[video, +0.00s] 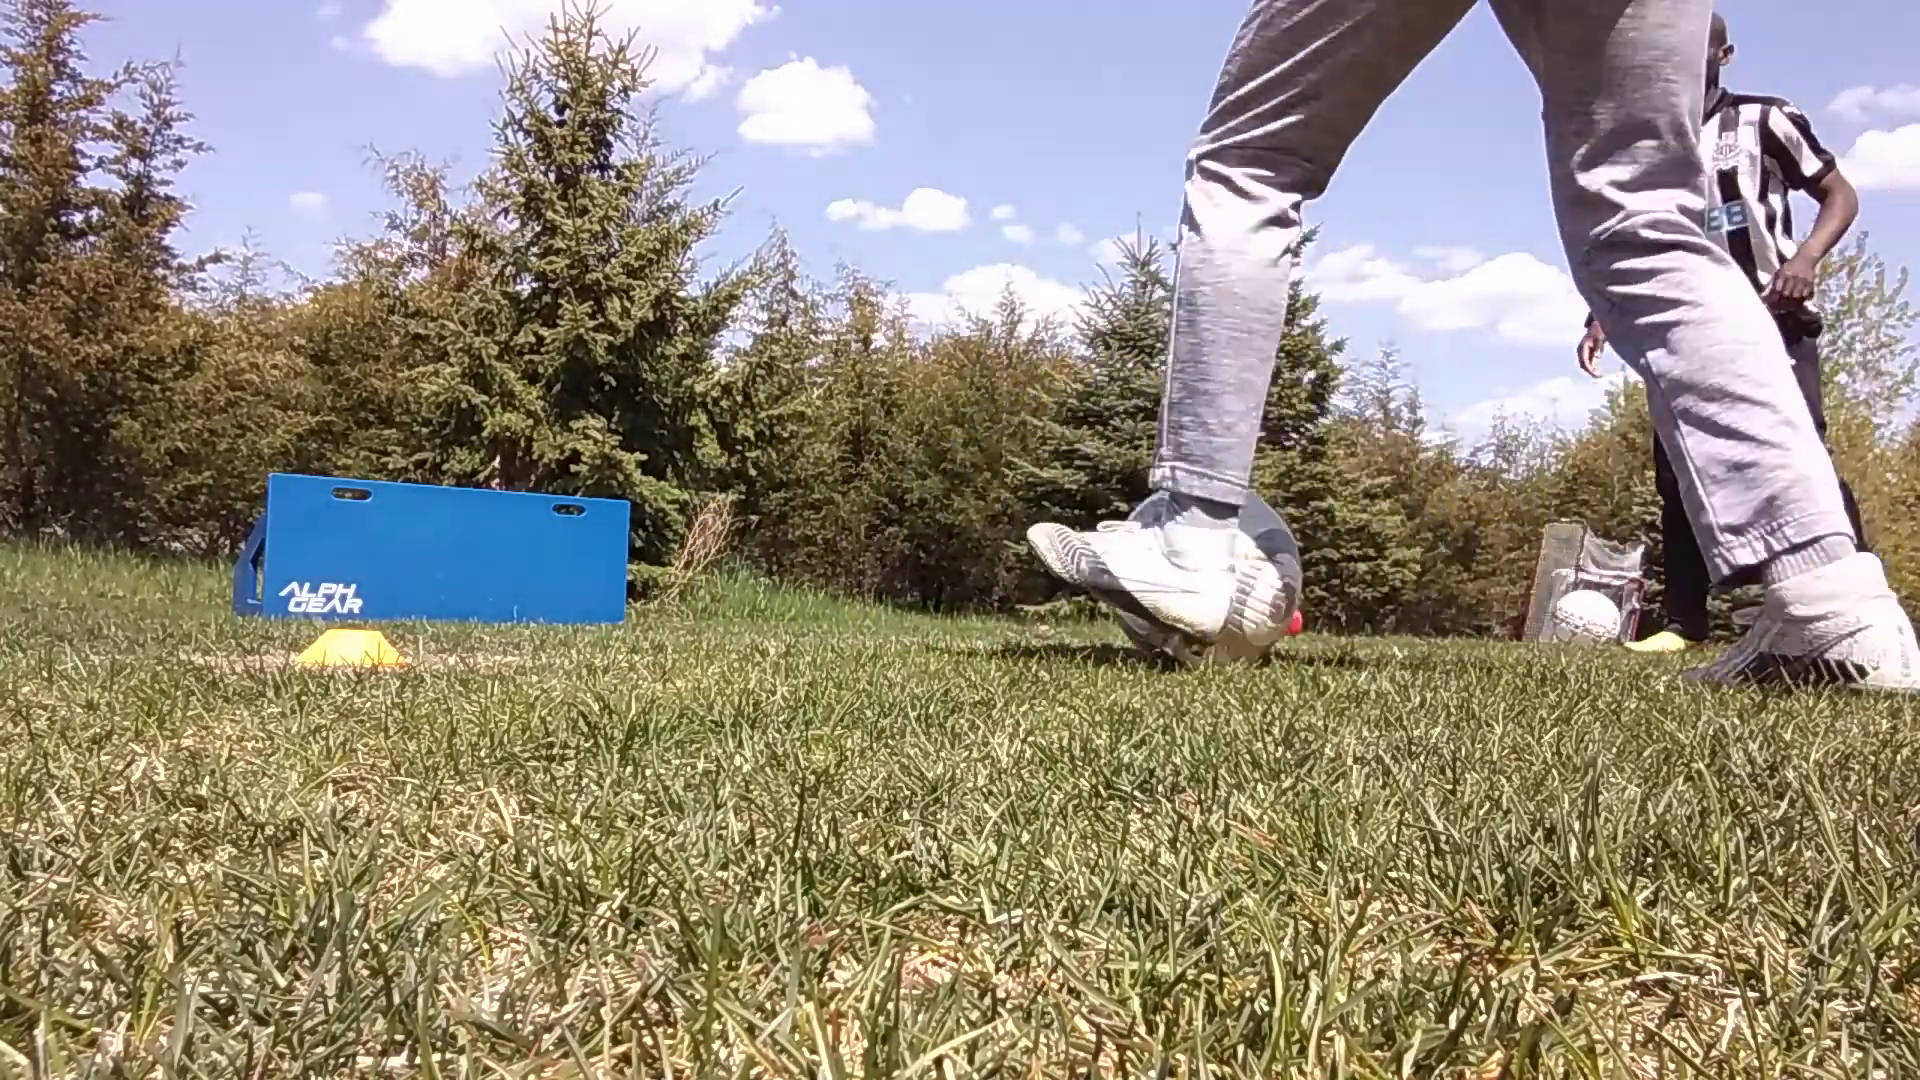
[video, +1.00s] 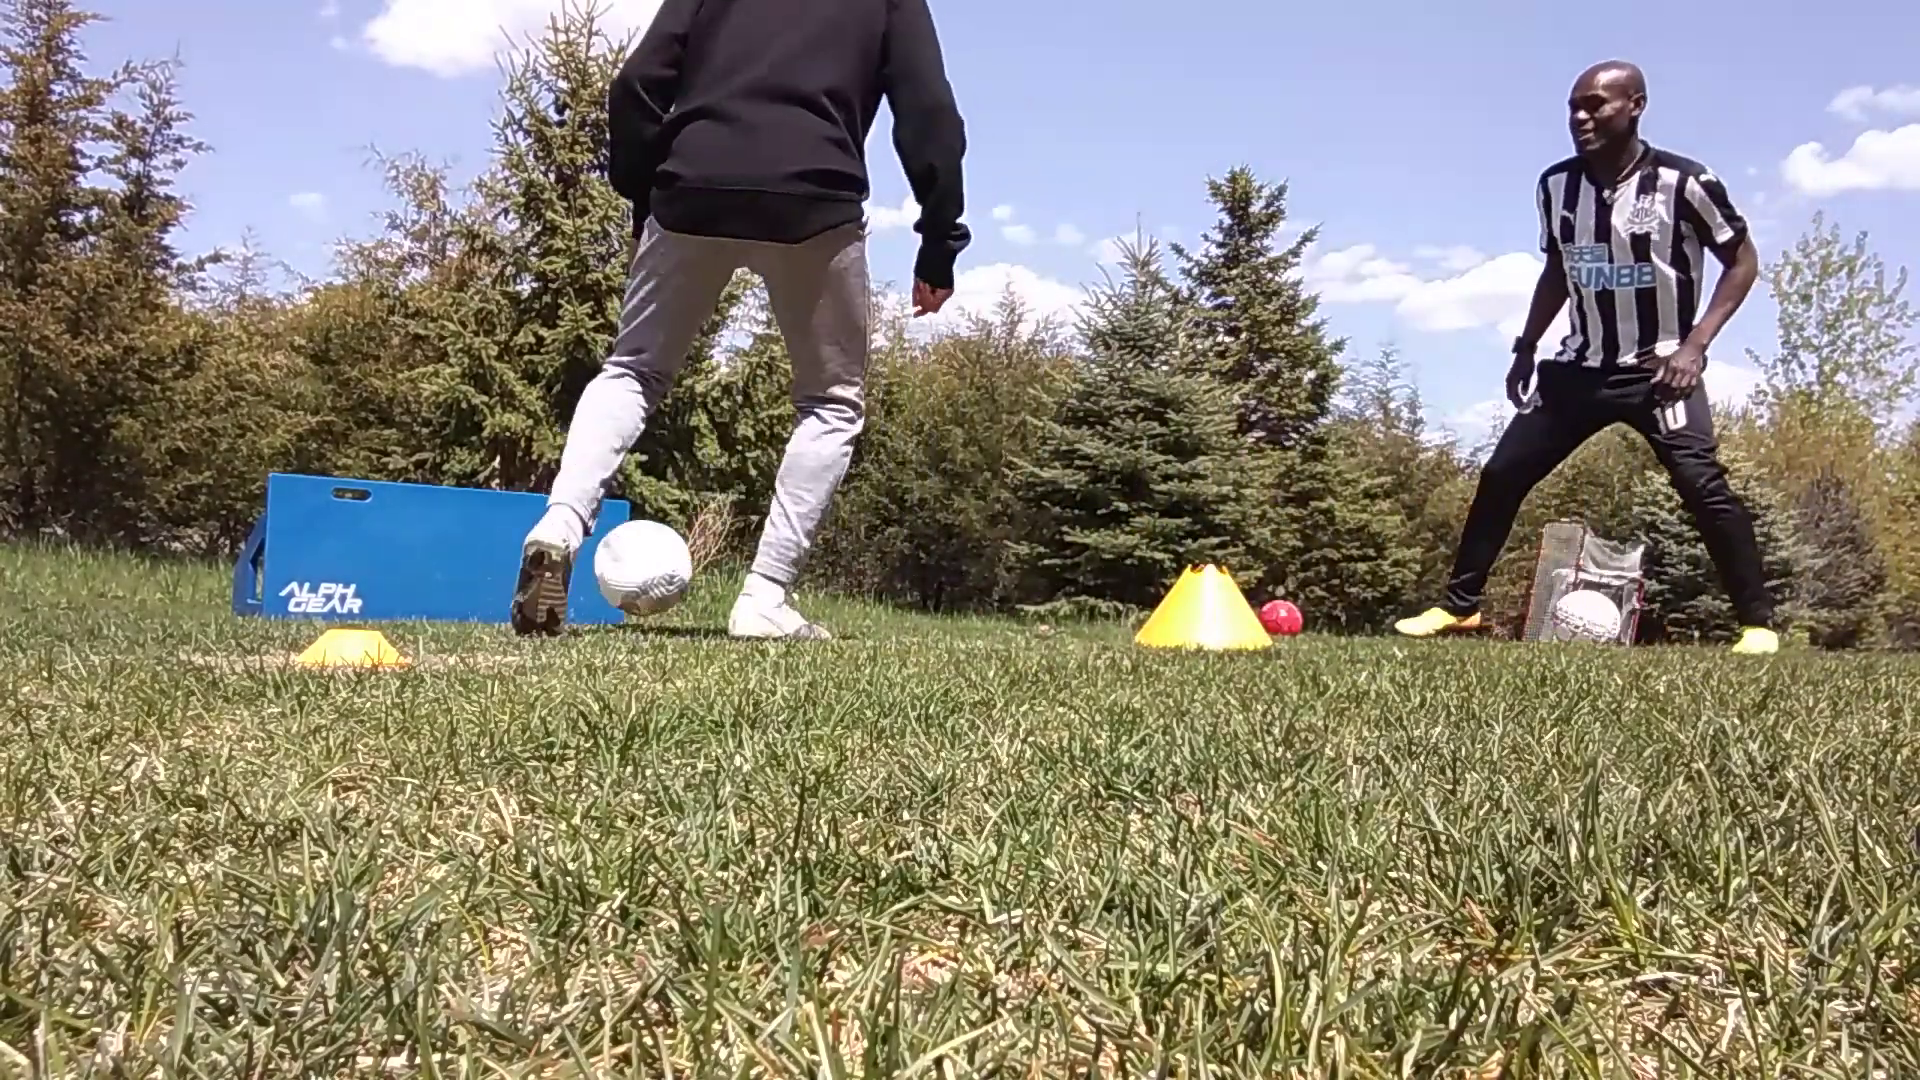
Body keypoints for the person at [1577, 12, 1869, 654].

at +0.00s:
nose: (1685, 52)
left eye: (1698, 39)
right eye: (1678, 41)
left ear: (1721, 49)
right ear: (1664, 52)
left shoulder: (1765, 117)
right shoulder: (1650, 132)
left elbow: (1842, 196)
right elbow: (1639, 236)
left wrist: (1804, 258)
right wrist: (1606, 308)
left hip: (1773, 316)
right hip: (1684, 323)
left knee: (1801, 453)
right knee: (1678, 470)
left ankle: (1852, 595)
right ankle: (1684, 620)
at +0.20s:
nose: (1650, 58)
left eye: (1665, 47)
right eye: (1641, 50)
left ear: (1698, 60)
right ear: (1631, 67)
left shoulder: (1747, 119)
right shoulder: (1611, 160)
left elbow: (1820, 194)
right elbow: (1607, 259)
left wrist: (1783, 256)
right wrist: (1595, 334)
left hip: (1756, 327)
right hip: (1675, 346)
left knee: (1769, 462)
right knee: (1676, 478)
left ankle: (1809, 602)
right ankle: (1676, 623)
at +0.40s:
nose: (1649, 58)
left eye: (1664, 47)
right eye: (1640, 50)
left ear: (1696, 57)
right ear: (1629, 66)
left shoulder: (1745, 122)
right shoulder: (1608, 157)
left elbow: (1816, 197)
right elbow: (1602, 251)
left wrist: (1790, 266)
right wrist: (1563, 329)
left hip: (1744, 329)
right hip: (1665, 346)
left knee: (1742, 468)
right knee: (1676, 488)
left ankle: (1759, 621)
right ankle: (1682, 626)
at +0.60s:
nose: (1651, 56)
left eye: (1667, 45)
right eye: (1646, 46)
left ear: (1708, 54)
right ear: (1641, 59)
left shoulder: (1752, 126)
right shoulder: (1620, 144)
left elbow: (1815, 212)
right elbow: (1622, 237)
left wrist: (1768, 287)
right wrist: (1594, 310)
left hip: (1736, 337)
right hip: (1655, 345)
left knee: (1742, 470)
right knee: (1641, 472)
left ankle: (1763, 622)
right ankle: (1675, 619)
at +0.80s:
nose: (1633, 73)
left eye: (1649, 61)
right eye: (1631, 61)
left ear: (1693, 68)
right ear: (1629, 69)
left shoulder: (1738, 145)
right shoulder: (1608, 148)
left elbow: (1797, 234)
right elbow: (1608, 237)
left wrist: (1738, 309)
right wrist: (1581, 312)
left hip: (1709, 345)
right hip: (1628, 347)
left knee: (1729, 470)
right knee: (1578, 460)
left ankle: (1764, 623)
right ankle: (1612, 603)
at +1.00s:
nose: (1578, 117)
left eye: (1592, 105)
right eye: (1573, 107)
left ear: (1634, 108)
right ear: (1569, 113)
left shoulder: (1686, 185)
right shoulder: (1556, 187)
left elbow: (1744, 263)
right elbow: (1559, 269)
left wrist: (1696, 344)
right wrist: (1527, 343)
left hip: (1663, 369)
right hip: (1580, 371)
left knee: (1699, 482)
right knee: (1501, 474)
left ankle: (1760, 625)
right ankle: (1460, 606)